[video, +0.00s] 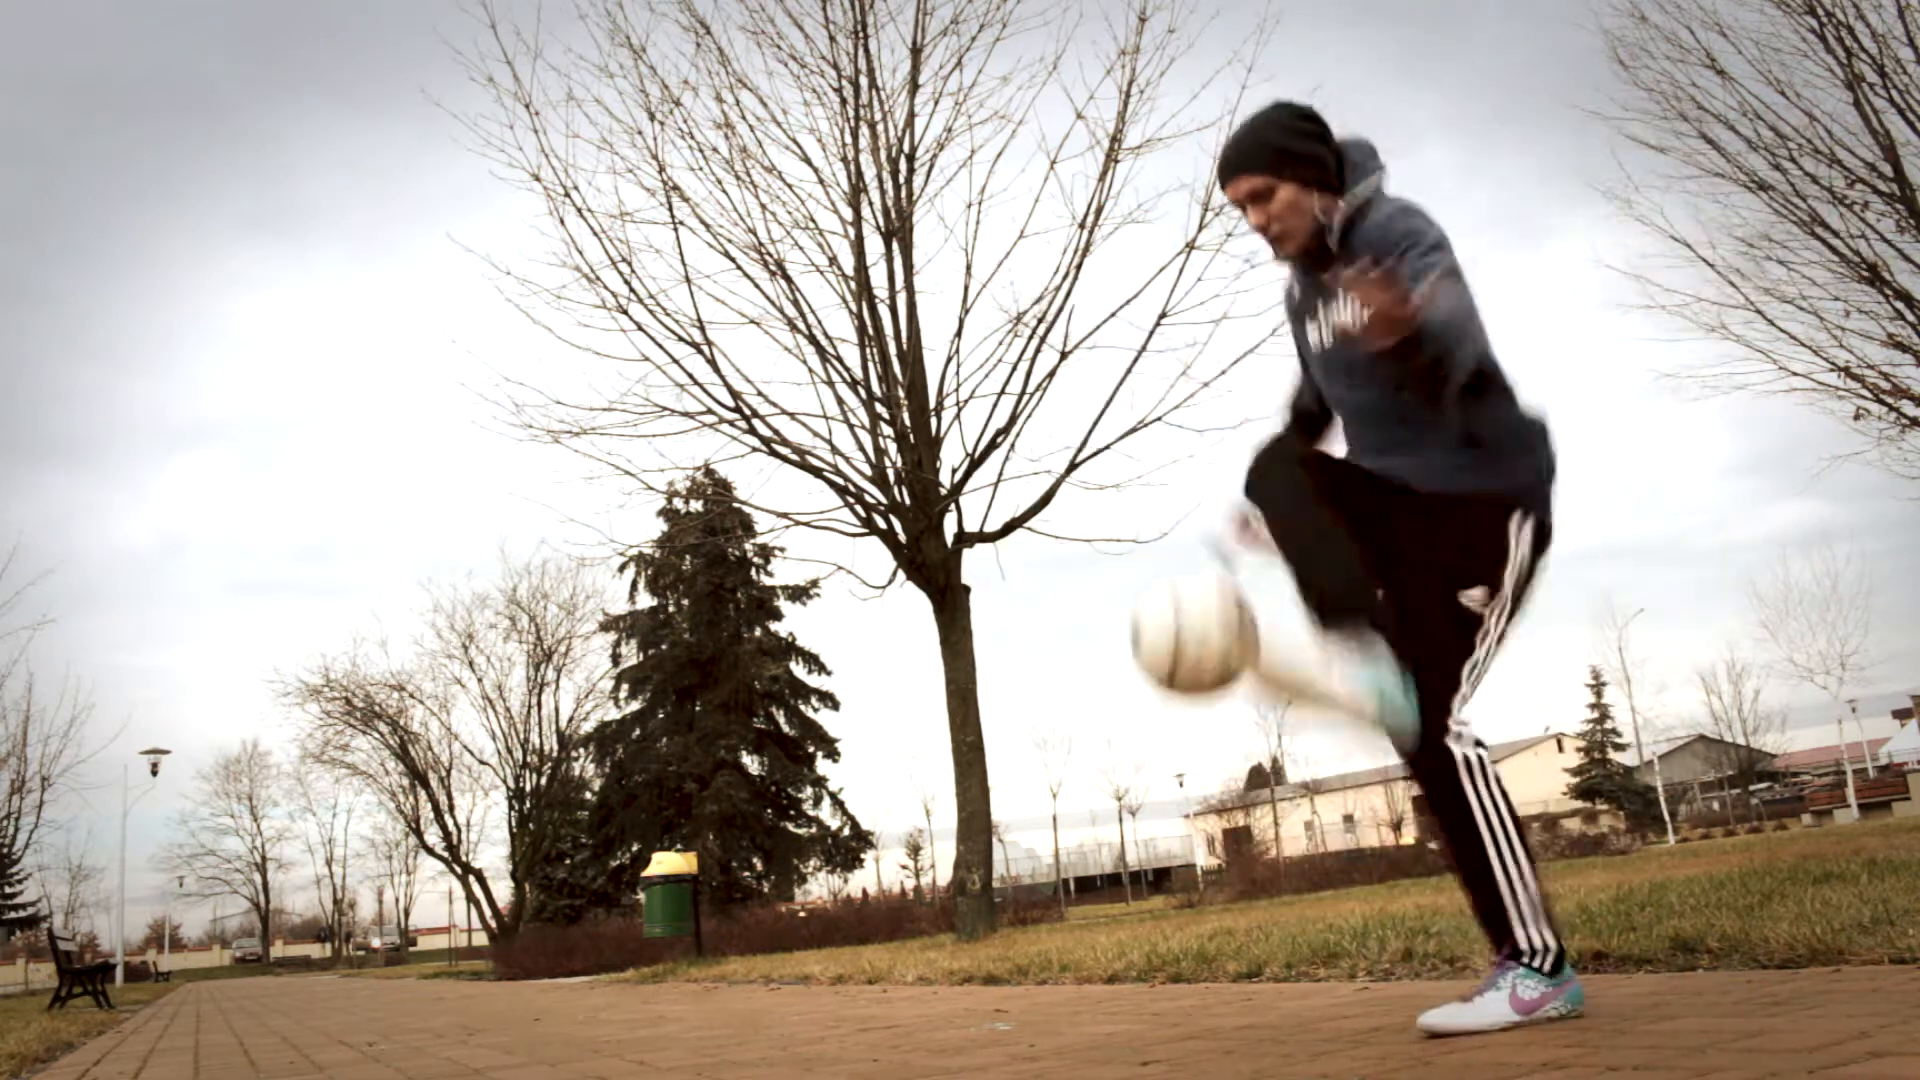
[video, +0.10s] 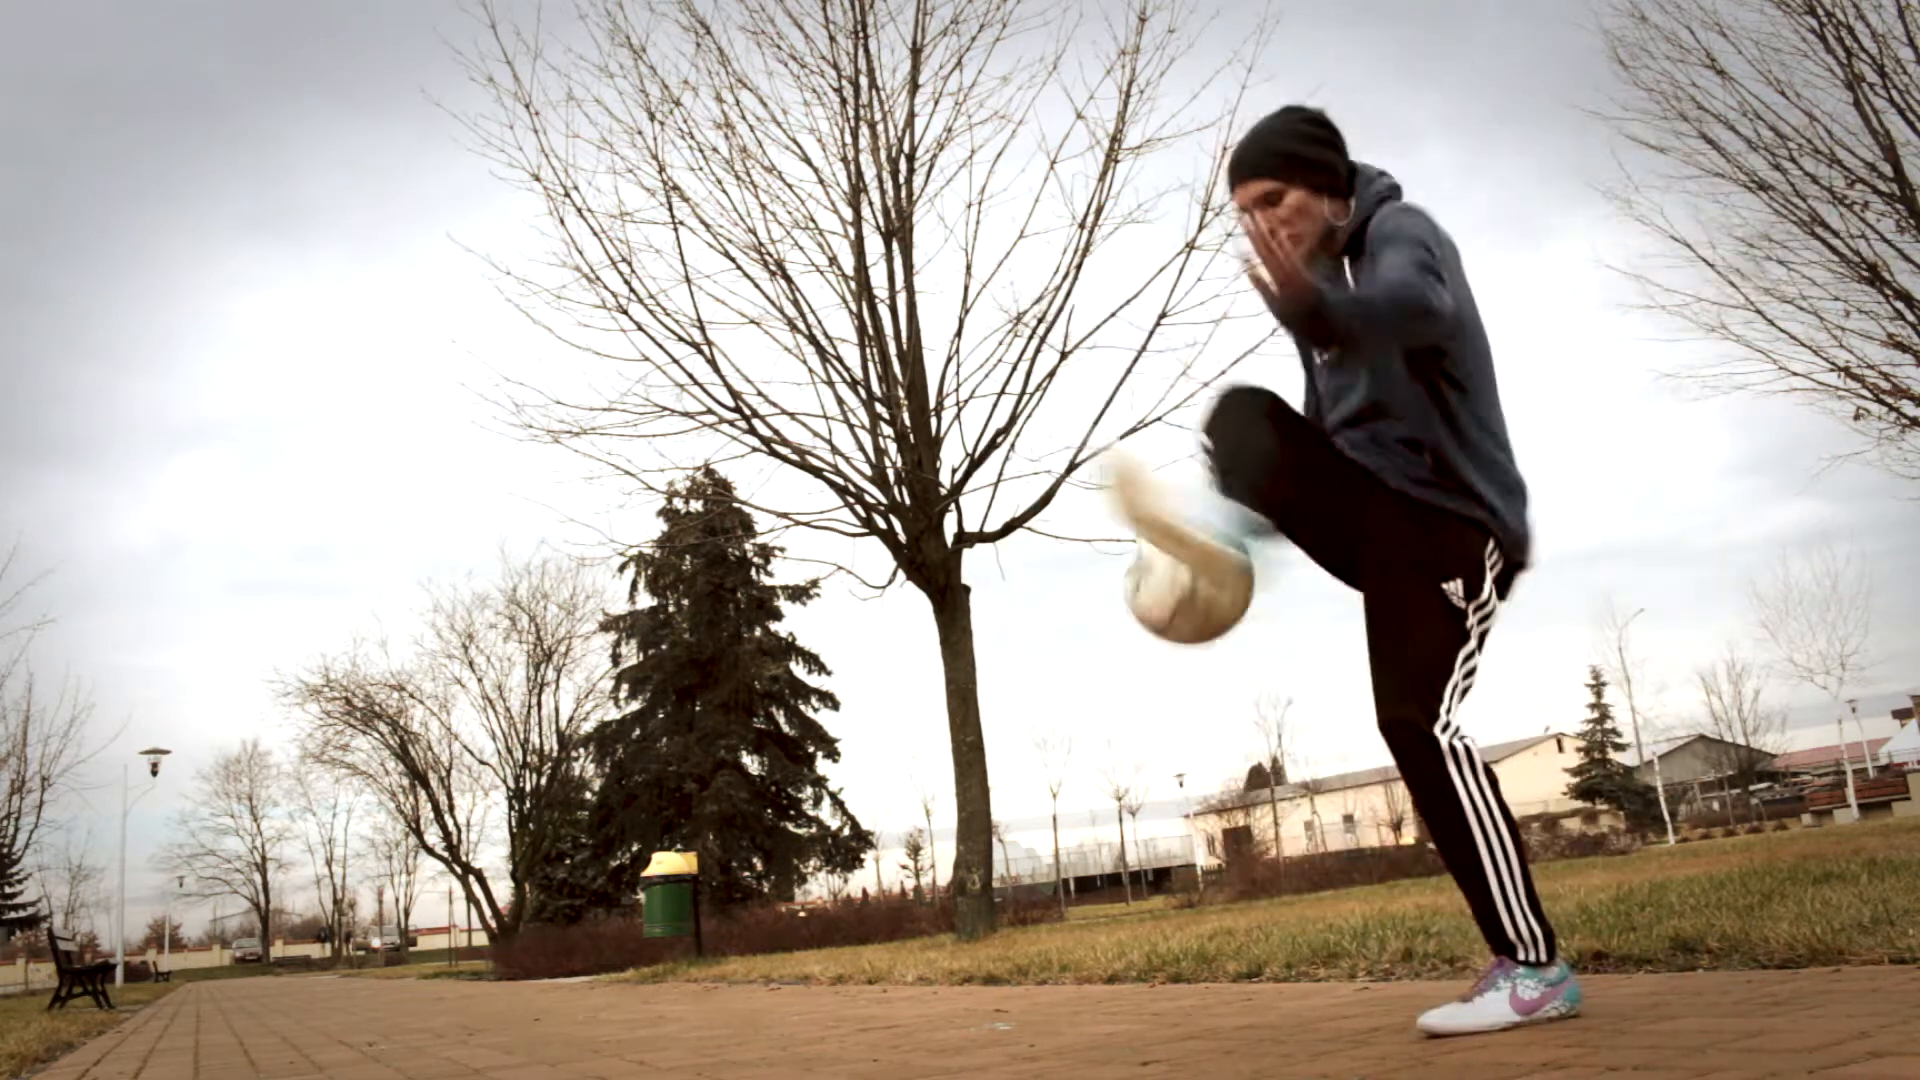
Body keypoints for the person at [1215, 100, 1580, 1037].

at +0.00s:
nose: (1254, 223)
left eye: (1262, 199)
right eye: (1243, 210)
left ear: (1313, 178)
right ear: (1260, 207)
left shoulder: (1394, 228)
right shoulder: (1306, 285)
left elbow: (1459, 348)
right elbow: (1321, 390)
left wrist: (1402, 325)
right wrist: (1266, 489)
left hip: (1488, 494)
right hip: (1402, 497)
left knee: (1427, 722)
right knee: (1278, 462)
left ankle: (1538, 968)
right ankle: (1370, 657)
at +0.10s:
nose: (1262, 232)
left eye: (1274, 206)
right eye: (1247, 215)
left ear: (1326, 193)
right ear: (1250, 218)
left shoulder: (1400, 232)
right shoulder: (1318, 285)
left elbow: (1416, 304)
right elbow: (1325, 428)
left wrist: (1315, 305)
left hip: (1455, 529)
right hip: (1371, 517)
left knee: (1419, 724)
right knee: (1244, 410)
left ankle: (1533, 966)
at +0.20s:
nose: (1268, 177)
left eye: (1277, 156)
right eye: (1258, 163)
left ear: (1325, 143)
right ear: (1266, 168)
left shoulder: (1400, 207)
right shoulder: (1298, 270)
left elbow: (1389, 166)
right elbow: (1256, 382)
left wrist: (1275, 83)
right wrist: (1137, 368)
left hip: (1432, 496)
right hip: (1345, 477)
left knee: (1430, 708)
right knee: (1191, 392)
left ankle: (1529, 961)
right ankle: (1036, 523)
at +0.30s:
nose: (1258, 104)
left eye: (1269, 83)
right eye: (1247, 91)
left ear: (1318, 67)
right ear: (1249, 94)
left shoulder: (1408, 119)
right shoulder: (1266, 186)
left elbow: (1472, 71)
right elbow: (1206, 260)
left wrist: (1404, 5)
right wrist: (1103, 238)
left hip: (1401, 423)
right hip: (1303, 412)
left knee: (1389, 616)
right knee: (1135, 411)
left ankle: (1480, 885)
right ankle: (1117, 651)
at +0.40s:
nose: (1243, 86)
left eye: (1254, 63)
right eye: (1228, 73)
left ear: (1301, 42)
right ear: (1226, 75)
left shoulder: (1382, 100)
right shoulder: (1248, 149)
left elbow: (1464, 97)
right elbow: (1203, 223)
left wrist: (1510, 40)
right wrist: (1097, 241)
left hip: (1379, 366)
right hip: (1279, 377)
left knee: (1269, 506)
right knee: (1216, 551)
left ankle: (1252, 732)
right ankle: (1220, 795)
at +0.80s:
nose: (1239, 179)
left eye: (1250, 158)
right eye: (1217, 166)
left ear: (1273, 157)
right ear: (1185, 180)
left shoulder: (1340, 228)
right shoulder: (1172, 297)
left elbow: (1464, 281)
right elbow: (1105, 406)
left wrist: (1599, 320)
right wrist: (1034, 503)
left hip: (1407, 498)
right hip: (1296, 530)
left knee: (1429, 619)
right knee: (1301, 748)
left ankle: (1430, 818)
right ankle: (1355, 967)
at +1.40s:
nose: (1399, 169)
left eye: (1417, 152)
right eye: (1380, 151)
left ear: (1439, 161)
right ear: (1346, 158)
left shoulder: (1488, 267)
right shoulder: (1288, 263)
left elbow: (1605, 346)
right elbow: (1219, 369)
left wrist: (1757, 393)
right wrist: (1127, 464)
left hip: (1462, 527)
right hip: (1344, 532)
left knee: (1551, 732)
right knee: (1565, 506)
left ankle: (1568, 944)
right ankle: (1737, 634)